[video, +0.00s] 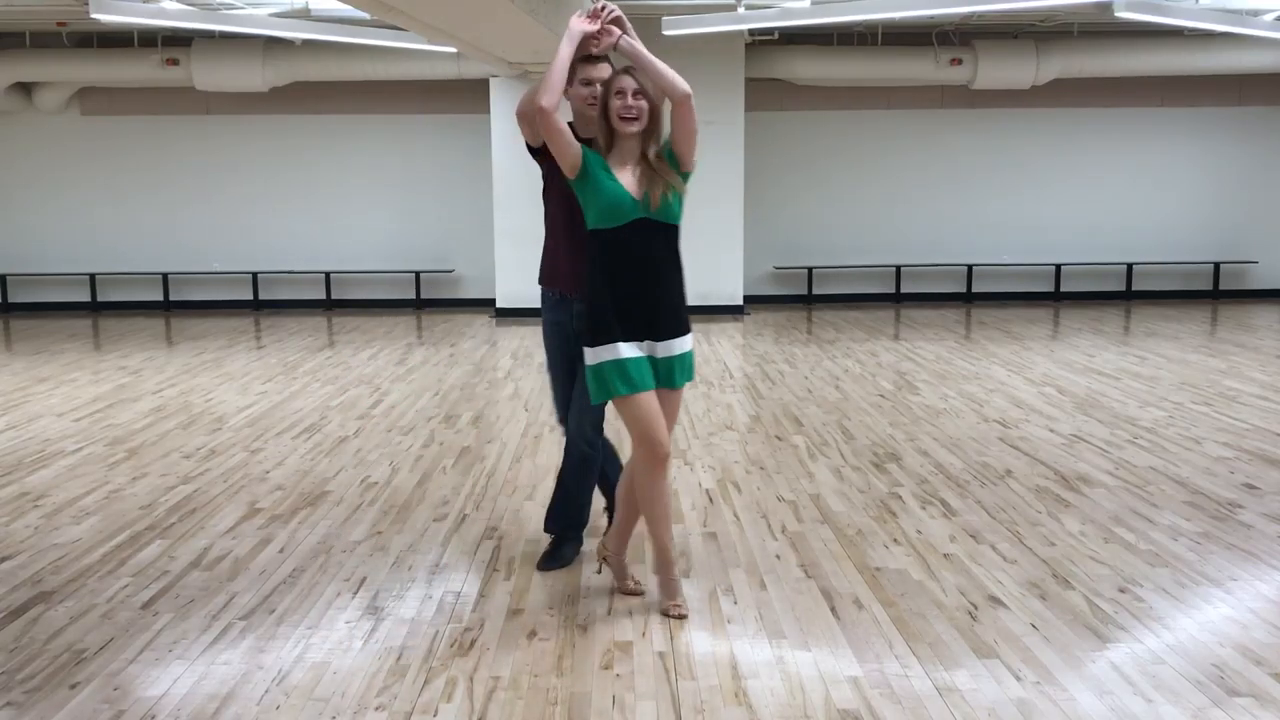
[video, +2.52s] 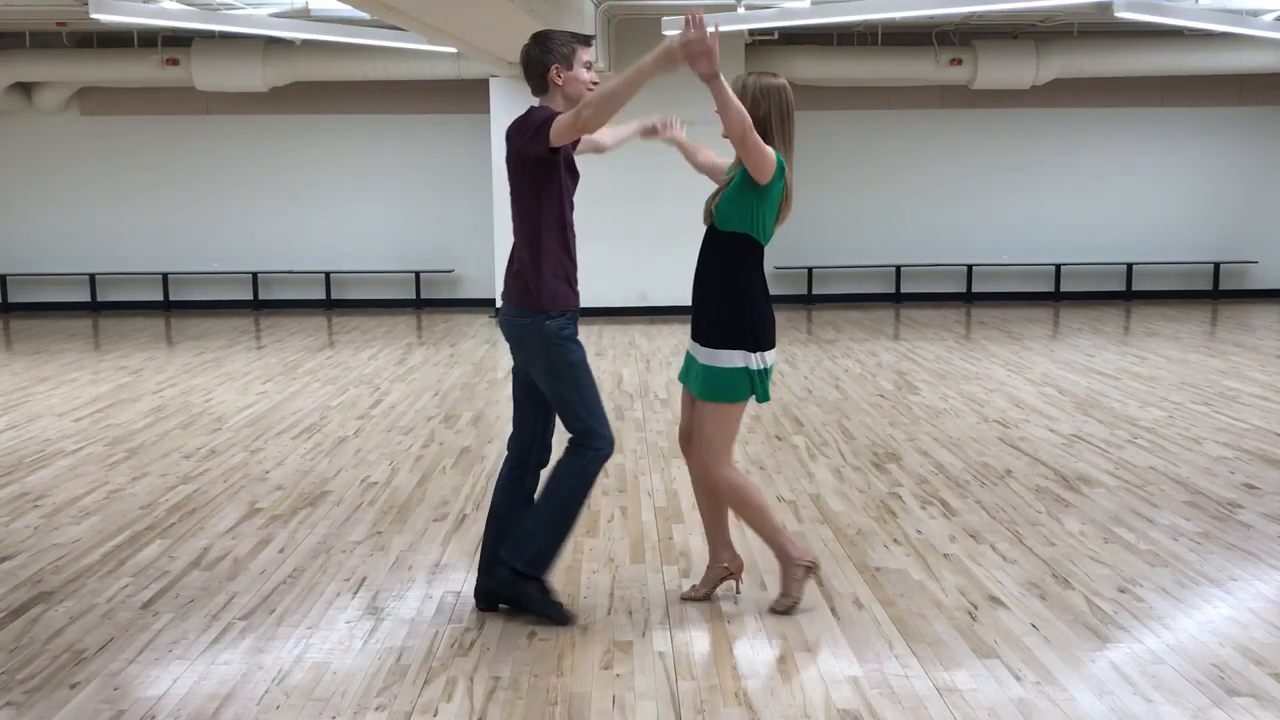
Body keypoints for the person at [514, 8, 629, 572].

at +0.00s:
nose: (594, 91)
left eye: (604, 82)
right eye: (584, 82)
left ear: (618, 90)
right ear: (567, 90)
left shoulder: (628, 147)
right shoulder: (555, 146)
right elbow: (528, 115)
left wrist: (625, 45)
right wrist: (573, 52)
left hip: (612, 300)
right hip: (560, 298)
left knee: (584, 422)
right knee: (569, 416)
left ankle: (566, 532)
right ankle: (620, 493)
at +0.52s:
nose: (620, 83)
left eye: (621, 75)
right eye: (610, 74)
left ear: (602, 82)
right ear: (576, 78)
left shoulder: (614, 138)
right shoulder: (540, 145)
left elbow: (662, 187)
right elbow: (529, 232)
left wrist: (645, 186)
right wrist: (609, 211)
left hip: (613, 310)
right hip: (566, 310)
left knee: (608, 440)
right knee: (575, 441)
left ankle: (557, 538)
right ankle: (555, 580)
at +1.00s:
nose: (641, 77)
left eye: (639, 67)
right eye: (631, 68)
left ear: (610, 78)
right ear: (598, 76)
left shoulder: (611, 141)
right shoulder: (588, 142)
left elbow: (664, 193)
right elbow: (619, 243)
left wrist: (702, 206)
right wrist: (693, 240)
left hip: (628, 313)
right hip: (604, 313)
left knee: (660, 439)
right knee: (624, 443)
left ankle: (653, 572)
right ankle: (558, 569)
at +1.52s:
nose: (608, 79)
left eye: (607, 70)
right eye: (598, 70)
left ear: (575, 79)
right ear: (565, 76)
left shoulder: (575, 139)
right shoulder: (545, 136)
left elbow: (623, 186)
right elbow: (578, 206)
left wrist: (648, 173)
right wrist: (634, 186)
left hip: (572, 311)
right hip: (563, 312)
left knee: (564, 441)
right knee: (605, 443)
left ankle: (507, 565)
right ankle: (579, 581)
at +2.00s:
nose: (568, 82)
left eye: (567, 71)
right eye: (560, 71)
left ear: (528, 78)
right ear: (528, 75)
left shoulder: (523, 128)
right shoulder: (510, 126)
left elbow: (586, 106)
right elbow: (586, 101)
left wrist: (630, 51)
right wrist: (631, 49)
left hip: (526, 318)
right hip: (503, 318)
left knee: (526, 452)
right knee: (484, 448)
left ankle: (503, 577)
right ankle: (408, 564)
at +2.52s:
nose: (597, 79)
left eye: (596, 70)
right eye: (590, 69)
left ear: (559, 77)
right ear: (559, 74)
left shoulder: (556, 134)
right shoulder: (532, 127)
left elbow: (600, 142)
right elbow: (584, 121)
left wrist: (646, 126)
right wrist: (664, 57)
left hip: (533, 313)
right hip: (542, 316)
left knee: (528, 447)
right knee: (593, 441)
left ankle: (496, 579)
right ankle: (523, 572)